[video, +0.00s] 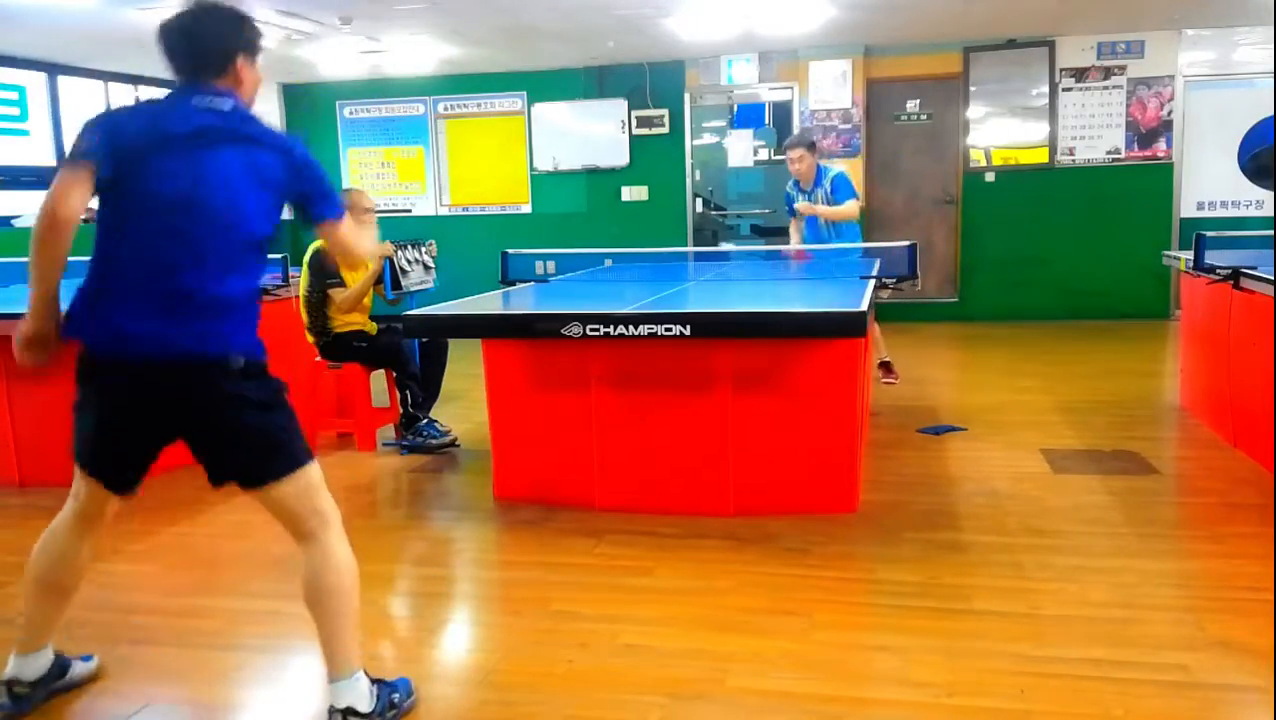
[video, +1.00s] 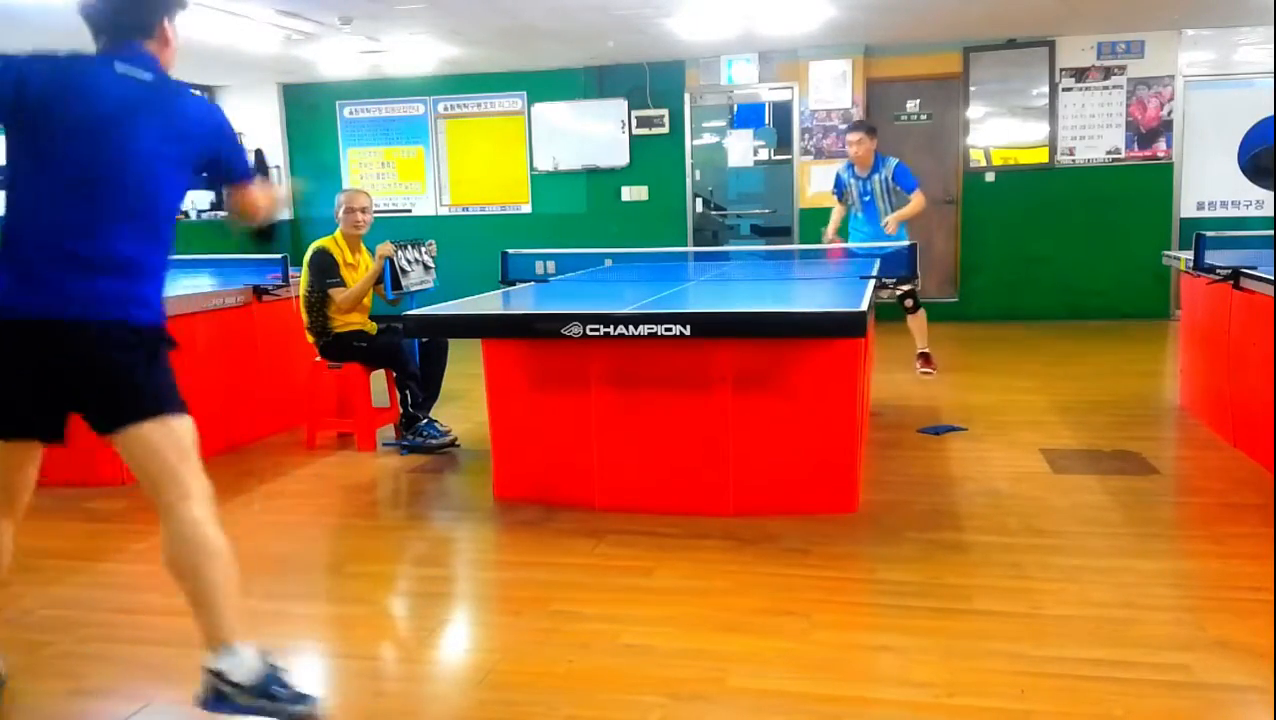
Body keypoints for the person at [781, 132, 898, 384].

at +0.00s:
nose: (794, 167)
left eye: (799, 160)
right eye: (790, 162)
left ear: (814, 157)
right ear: (786, 163)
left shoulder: (837, 178)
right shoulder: (792, 189)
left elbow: (853, 211)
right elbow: (795, 221)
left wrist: (816, 210)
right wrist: (796, 244)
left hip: (846, 258)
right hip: (814, 259)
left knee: (862, 309)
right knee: (814, 310)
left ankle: (883, 360)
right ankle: (814, 365)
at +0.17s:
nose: (813, 161)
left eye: (818, 153)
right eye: (807, 156)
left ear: (828, 148)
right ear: (800, 155)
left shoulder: (848, 162)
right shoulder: (800, 179)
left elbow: (873, 193)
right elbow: (807, 216)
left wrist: (837, 189)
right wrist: (816, 222)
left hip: (858, 247)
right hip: (822, 251)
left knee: (874, 302)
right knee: (822, 305)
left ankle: (887, 359)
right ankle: (826, 363)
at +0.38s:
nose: (823, 156)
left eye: (828, 149)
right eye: (818, 151)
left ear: (838, 147)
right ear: (811, 151)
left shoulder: (854, 163)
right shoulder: (806, 176)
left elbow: (880, 191)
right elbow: (811, 215)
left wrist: (863, 193)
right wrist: (829, 221)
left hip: (857, 250)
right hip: (820, 253)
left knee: (873, 302)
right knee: (822, 307)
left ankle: (886, 359)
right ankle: (824, 365)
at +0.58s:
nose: (815, 156)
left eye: (821, 150)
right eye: (811, 150)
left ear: (835, 148)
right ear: (806, 151)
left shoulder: (853, 165)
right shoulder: (803, 176)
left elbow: (880, 191)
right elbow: (804, 212)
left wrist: (862, 201)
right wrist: (816, 223)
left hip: (855, 248)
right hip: (818, 251)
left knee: (872, 300)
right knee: (817, 301)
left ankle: (889, 354)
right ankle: (819, 358)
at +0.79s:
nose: (835, 168)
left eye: (841, 161)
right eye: (832, 162)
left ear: (857, 159)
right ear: (828, 163)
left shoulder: (876, 180)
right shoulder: (827, 187)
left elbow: (907, 211)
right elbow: (807, 216)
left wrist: (878, 219)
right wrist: (785, 241)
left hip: (877, 261)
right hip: (842, 262)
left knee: (897, 312)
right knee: (840, 314)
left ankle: (920, 354)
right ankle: (842, 364)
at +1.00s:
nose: (853, 150)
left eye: (858, 144)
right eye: (849, 145)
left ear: (873, 143)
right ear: (845, 147)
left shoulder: (892, 168)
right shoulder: (844, 173)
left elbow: (919, 200)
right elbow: (840, 204)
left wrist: (897, 217)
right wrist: (831, 228)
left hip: (894, 248)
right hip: (859, 250)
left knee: (908, 299)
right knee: (855, 302)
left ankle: (923, 352)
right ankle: (855, 357)